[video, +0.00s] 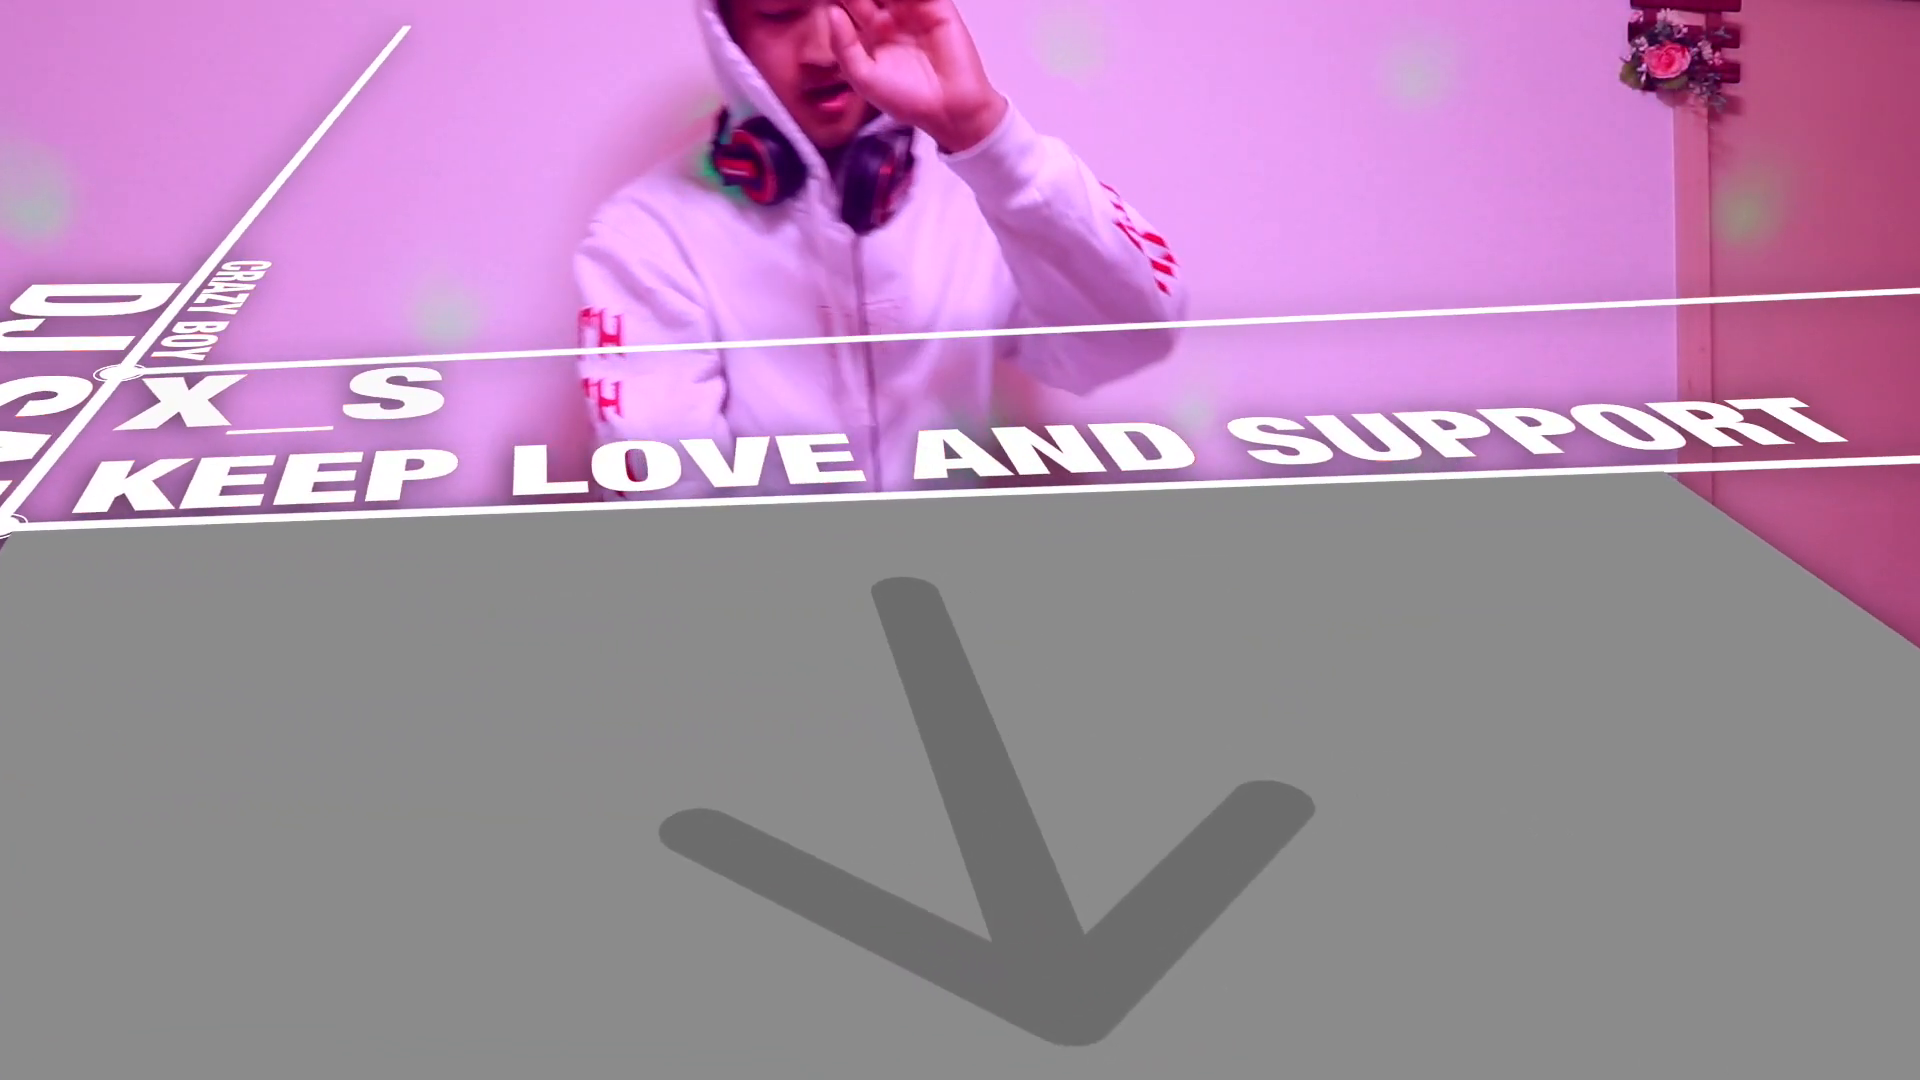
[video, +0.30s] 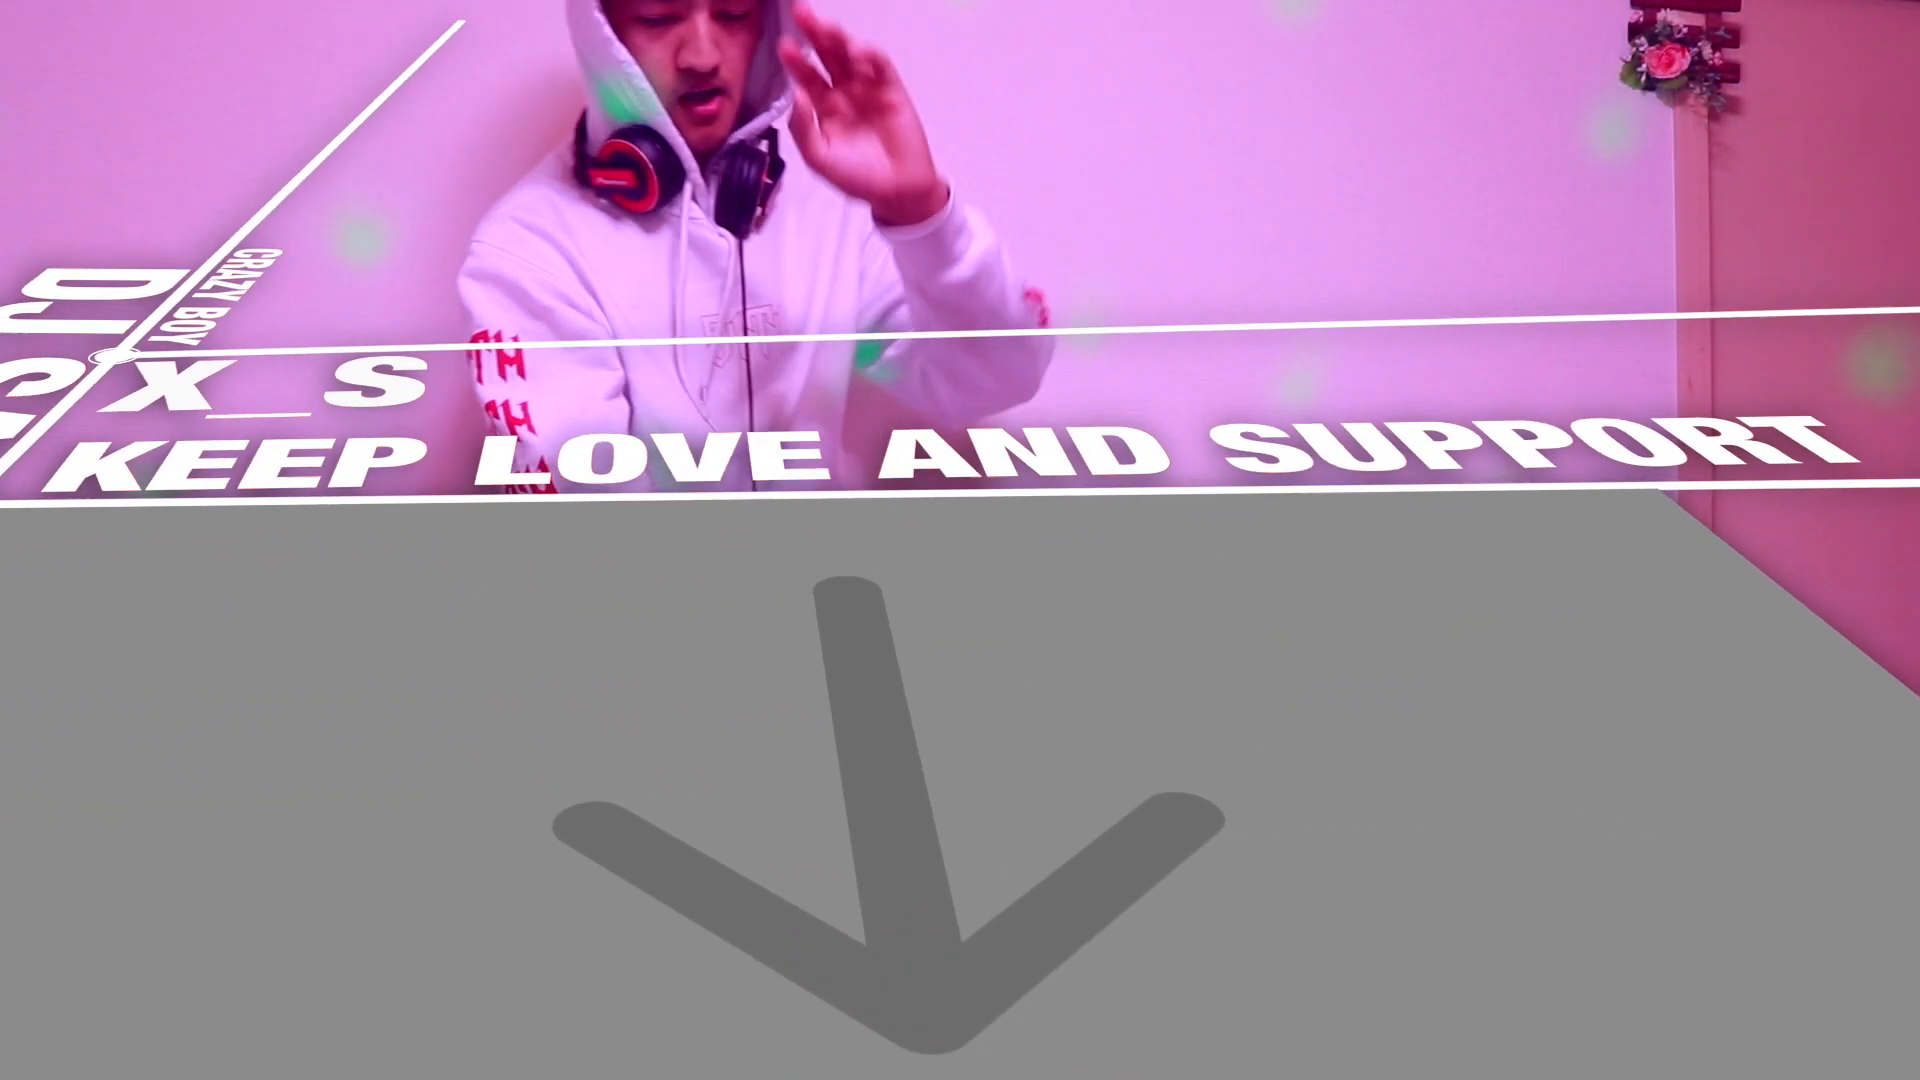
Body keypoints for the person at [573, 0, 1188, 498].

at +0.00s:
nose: (828, 46)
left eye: (855, 6)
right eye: (782, 16)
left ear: (901, 19)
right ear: (724, 37)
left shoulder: (976, 188)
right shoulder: (651, 232)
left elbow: (1135, 334)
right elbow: (660, 479)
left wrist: (980, 132)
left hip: (971, 559)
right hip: (770, 582)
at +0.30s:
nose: (702, 54)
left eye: (732, 16)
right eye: (659, 19)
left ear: (769, 26)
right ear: (598, 34)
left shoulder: (843, 187)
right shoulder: (530, 242)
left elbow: (996, 383)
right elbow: (584, 478)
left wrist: (917, 210)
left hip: (833, 553)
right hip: (645, 579)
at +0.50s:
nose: (687, 30)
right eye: (646, 1)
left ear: (748, 13)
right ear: (585, 17)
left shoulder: (831, 206)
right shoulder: (518, 221)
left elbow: (935, 478)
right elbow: (581, 476)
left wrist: (938, 322)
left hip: (807, 574)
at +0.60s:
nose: (699, 18)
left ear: (759, 7)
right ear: (604, 9)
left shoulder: (845, 199)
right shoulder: (529, 212)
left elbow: (919, 491)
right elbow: (582, 473)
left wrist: (943, 372)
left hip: (822, 573)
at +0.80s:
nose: (771, 44)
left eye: (806, 5)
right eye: (733, 3)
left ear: (846, 22)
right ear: (681, 20)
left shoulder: (935, 224)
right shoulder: (582, 223)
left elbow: (975, 472)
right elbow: (554, 481)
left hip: (868, 589)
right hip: (654, 585)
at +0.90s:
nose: (828, 71)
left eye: (869, 30)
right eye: (792, 27)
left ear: (912, 43)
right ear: (738, 31)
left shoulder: (984, 240)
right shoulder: (637, 228)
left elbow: (1049, 469)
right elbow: (545, 460)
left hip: (909, 598)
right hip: (688, 593)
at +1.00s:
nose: (875, 57)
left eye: (914, 20)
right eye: (844, 14)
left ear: (962, 28)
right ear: (788, 18)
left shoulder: (1032, 225)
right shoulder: (671, 203)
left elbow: (1098, 480)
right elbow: (549, 437)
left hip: (952, 595)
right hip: (714, 587)